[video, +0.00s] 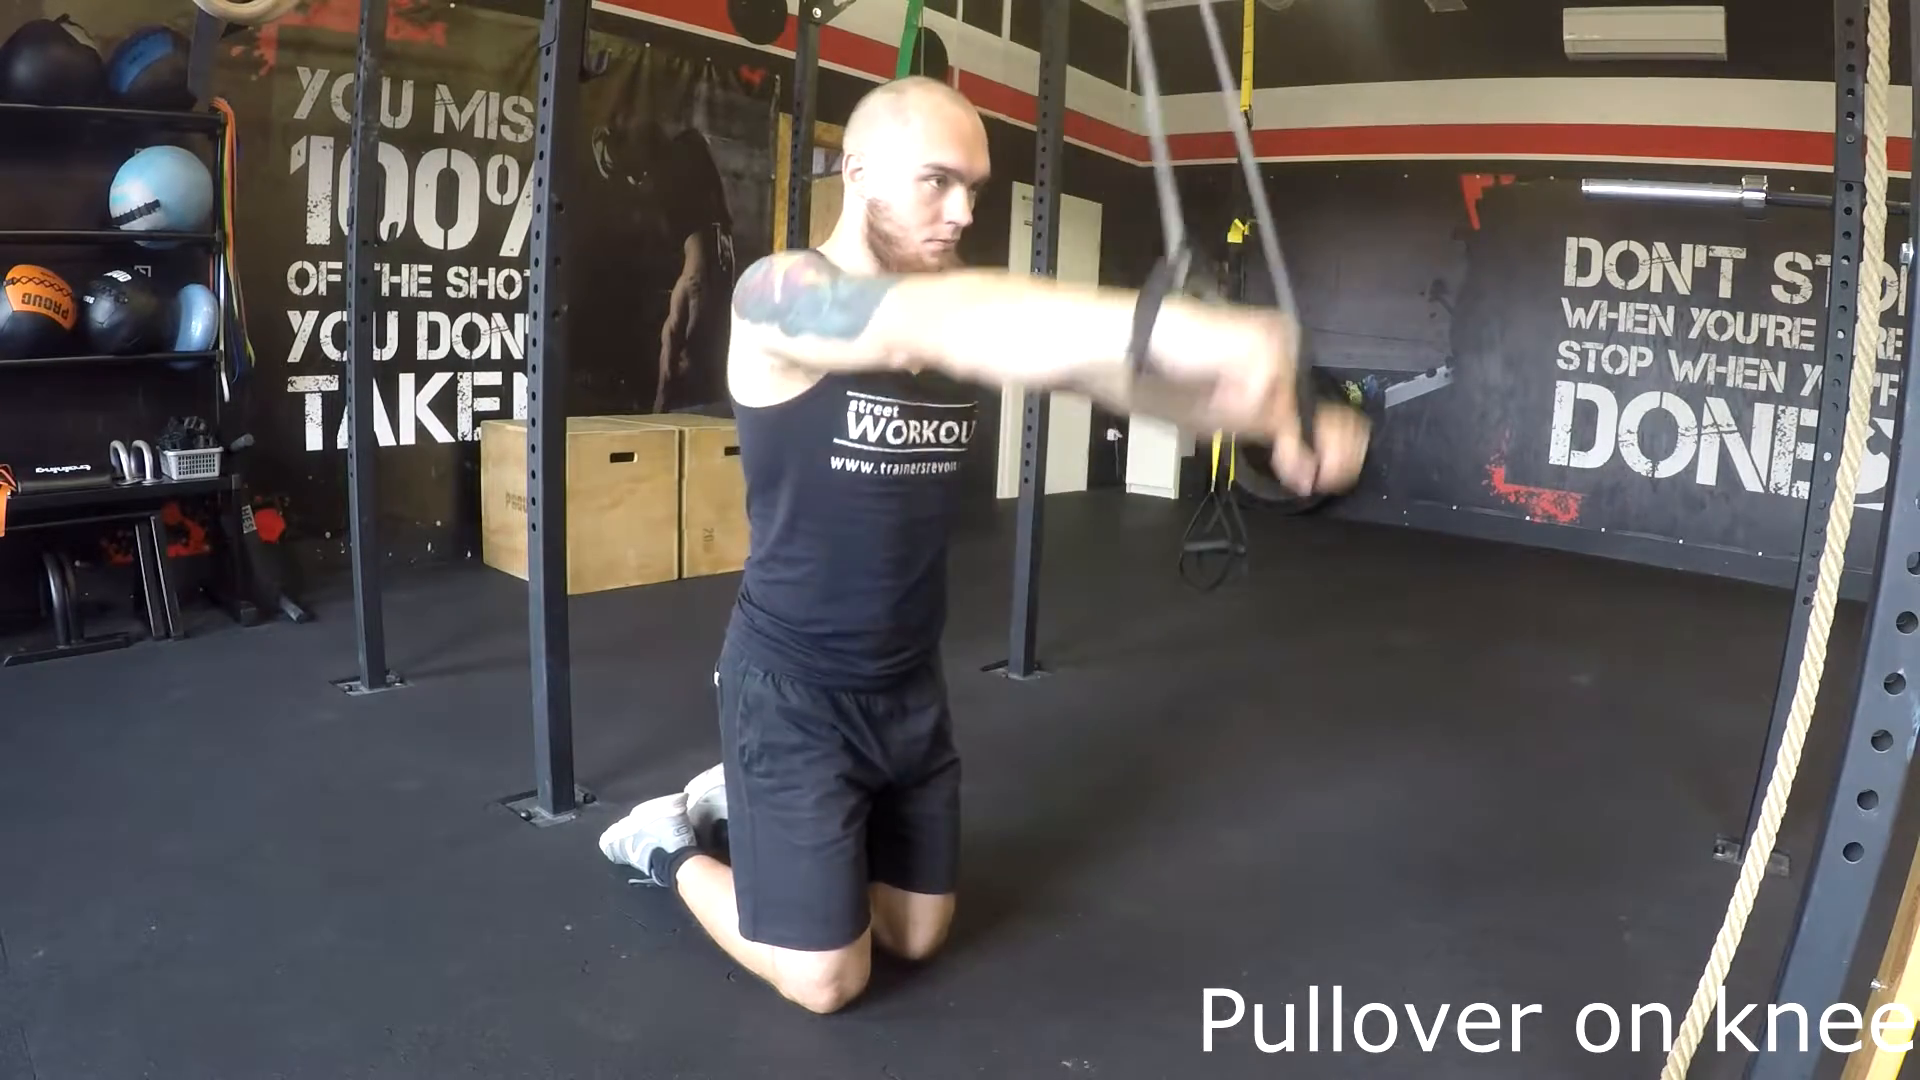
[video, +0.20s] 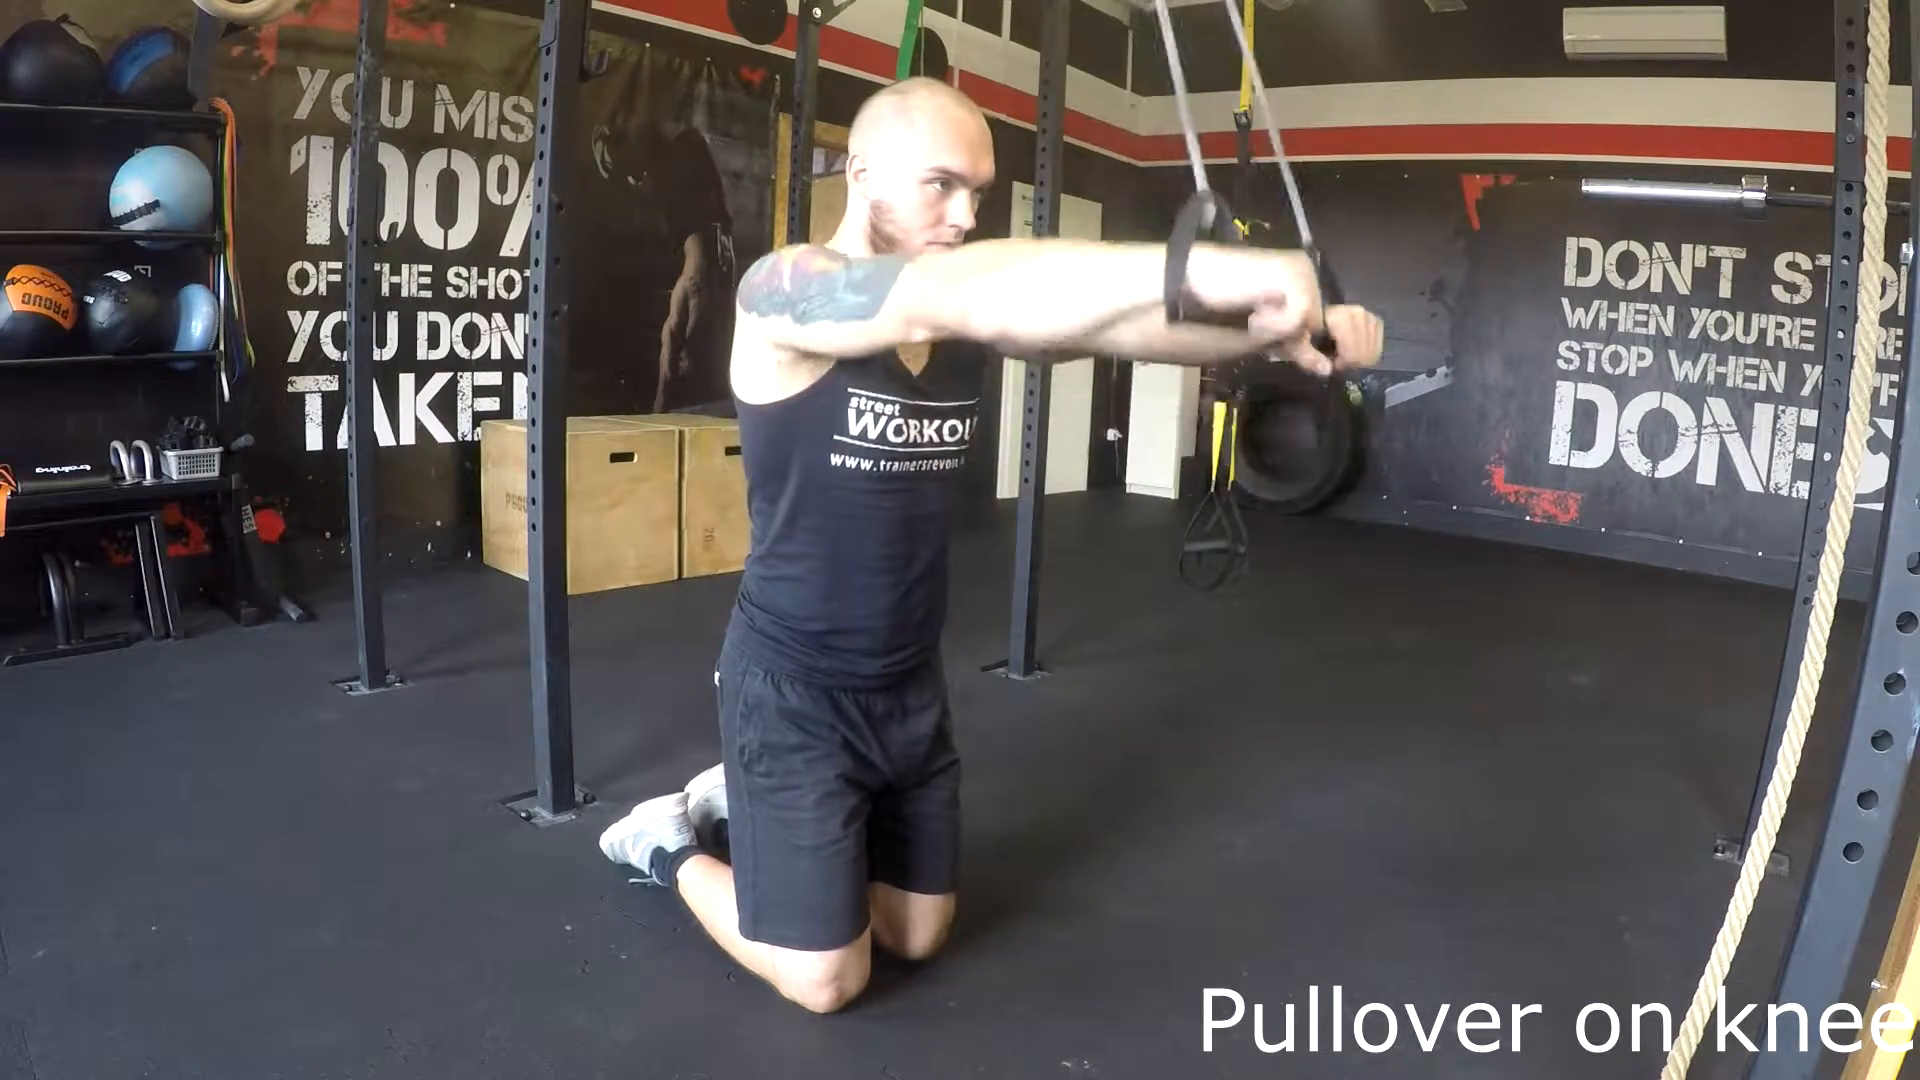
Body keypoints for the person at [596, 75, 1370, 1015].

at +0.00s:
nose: (960, 214)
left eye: (974, 191)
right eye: (936, 182)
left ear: (979, 196)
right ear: (857, 172)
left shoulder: (967, 312)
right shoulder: (776, 291)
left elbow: (1096, 370)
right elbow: (927, 328)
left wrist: (1257, 415)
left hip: (908, 680)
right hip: (790, 682)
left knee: (915, 933)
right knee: (822, 979)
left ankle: (744, 804)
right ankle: (671, 856)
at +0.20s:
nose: (964, 216)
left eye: (980, 195)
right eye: (940, 186)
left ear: (986, 198)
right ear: (858, 177)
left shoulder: (966, 300)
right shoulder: (782, 288)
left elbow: (1114, 330)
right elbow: (965, 295)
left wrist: (1285, 339)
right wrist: (1209, 271)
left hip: (909, 682)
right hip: (792, 685)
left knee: (917, 932)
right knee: (822, 980)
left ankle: (744, 807)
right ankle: (675, 854)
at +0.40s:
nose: (972, 216)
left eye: (987, 193)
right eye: (948, 185)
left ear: (993, 196)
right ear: (871, 177)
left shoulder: (977, 308)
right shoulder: (789, 303)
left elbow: (1105, 382)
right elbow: (961, 415)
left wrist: (1270, 457)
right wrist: (1158, 488)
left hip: (910, 683)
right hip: (793, 685)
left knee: (916, 931)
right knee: (822, 979)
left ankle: (744, 803)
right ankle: (673, 855)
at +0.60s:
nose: (982, 212)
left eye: (996, 187)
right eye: (955, 180)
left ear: (1003, 193)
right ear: (876, 178)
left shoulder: (994, 331)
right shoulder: (794, 326)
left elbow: (1086, 490)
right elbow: (877, 535)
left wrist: (1191, 643)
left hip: (932, 677)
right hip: (801, 683)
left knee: (915, 933)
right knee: (823, 981)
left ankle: (752, 810)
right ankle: (672, 853)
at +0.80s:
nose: (995, 212)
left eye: (1006, 186)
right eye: (969, 181)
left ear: (1011, 192)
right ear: (891, 181)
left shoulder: (997, 340)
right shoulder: (798, 334)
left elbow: (1032, 533)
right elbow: (796, 589)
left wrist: (1067, 688)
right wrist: (817, 804)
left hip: (914, 681)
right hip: (802, 687)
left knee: (917, 931)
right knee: (825, 981)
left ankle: (735, 803)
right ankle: (671, 854)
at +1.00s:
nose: (1000, 213)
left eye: (1011, 187)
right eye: (976, 182)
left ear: (1016, 195)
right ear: (896, 177)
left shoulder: (997, 343)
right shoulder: (801, 332)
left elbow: (993, 538)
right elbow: (752, 578)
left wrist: (997, 682)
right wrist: (730, 779)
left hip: (923, 699)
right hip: (807, 707)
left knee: (916, 934)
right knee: (827, 982)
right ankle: (677, 844)